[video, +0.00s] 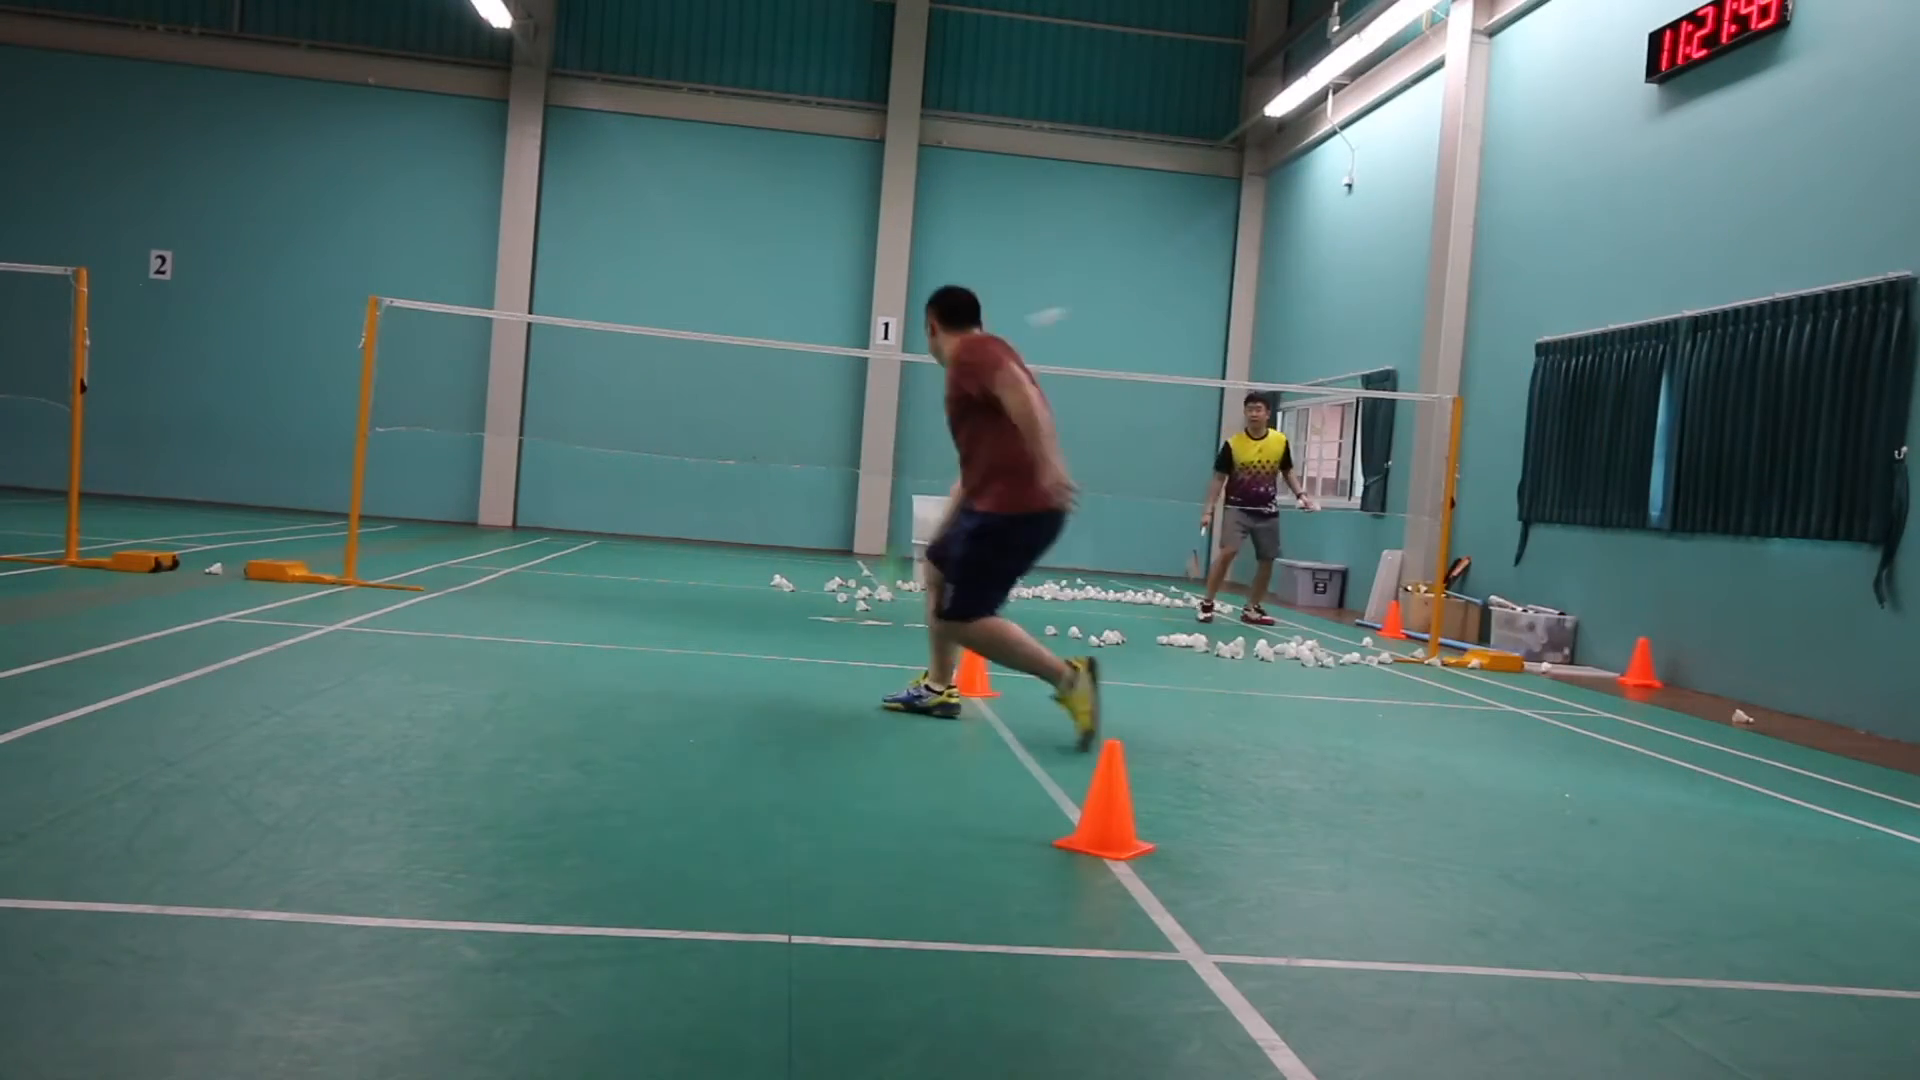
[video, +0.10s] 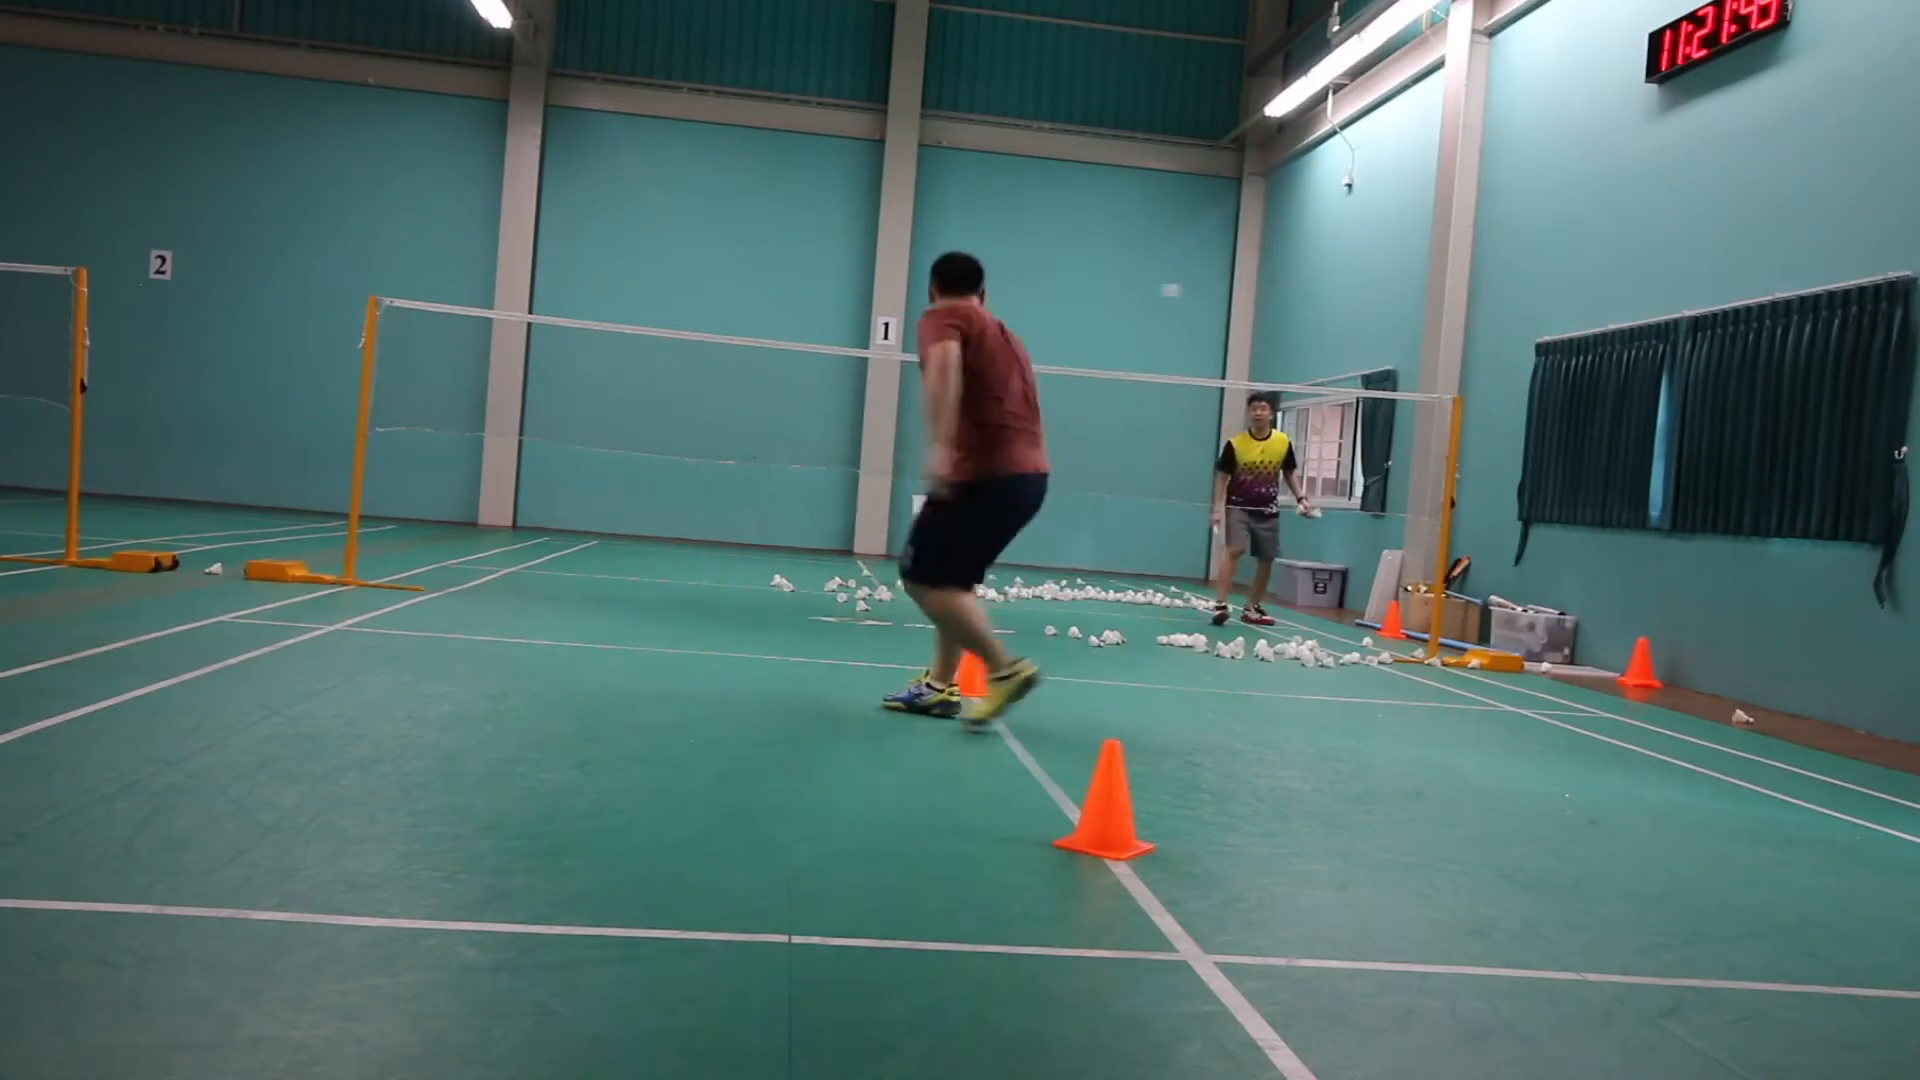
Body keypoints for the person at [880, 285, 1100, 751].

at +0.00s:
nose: (929, 343)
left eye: (928, 333)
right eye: (928, 334)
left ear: (935, 326)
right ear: (973, 320)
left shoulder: (970, 350)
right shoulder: (989, 354)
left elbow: (1023, 399)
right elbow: (984, 460)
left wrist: (1049, 466)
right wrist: (949, 520)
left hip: (1017, 505)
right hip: (995, 502)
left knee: (961, 619)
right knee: (938, 566)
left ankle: (1068, 678)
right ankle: (938, 685)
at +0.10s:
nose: (934, 300)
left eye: (933, 293)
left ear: (933, 290)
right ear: (982, 295)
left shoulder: (942, 317)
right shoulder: (1003, 334)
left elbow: (945, 364)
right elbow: (1021, 405)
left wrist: (941, 447)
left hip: (989, 475)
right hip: (1026, 476)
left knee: (921, 575)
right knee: (955, 576)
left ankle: (1005, 669)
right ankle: (941, 683)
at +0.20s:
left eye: (939, 275)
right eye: (987, 275)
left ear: (939, 274)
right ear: (991, 276)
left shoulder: (927, 314)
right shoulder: (1021, 328)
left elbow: (897, 375)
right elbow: (1055, 405)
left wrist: (871, 454)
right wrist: (1051, 483)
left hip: (956, 468)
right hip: (1018, 474)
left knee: (911, 576)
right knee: (966, 577)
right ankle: (944, 685)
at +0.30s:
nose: (998, 280)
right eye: (1003, 273)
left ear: (950, 274)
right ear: (1002, 275)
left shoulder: (918, 328)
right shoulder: (1033, 330)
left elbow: (873, 401)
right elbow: (1073, 404)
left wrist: (854, 479)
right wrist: (1078, 478)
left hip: (944, 477)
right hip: (1017, 479)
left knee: (905, 584)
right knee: (976, 581)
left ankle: (884, 699)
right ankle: (954, 691)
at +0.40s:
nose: (1032, 281)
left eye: (1027, 274)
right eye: (1031, 274)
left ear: (978, 276)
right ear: (1025, 276)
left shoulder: (942, 329)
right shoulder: (1052, 334)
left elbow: (898, 412)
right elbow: (1080, 411)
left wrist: (892, 488)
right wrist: (1087, 487)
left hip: (952, 482)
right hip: (1026, 487)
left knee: (910, 586)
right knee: (1020, 584)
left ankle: (884, 700)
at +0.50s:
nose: (1092, 271)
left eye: (1089, 262)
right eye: (1091, 263)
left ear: (1035, 269)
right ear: (1084, 268)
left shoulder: (995, 327)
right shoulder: (1101, 332)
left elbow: (957, 408)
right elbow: (1122, 412)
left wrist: (973, 473)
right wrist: (1137, 491)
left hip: (993, 491)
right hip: (1070, 498)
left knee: (939, 594)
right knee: (1107, 609)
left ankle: (885, 699)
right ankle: (1105, 730)